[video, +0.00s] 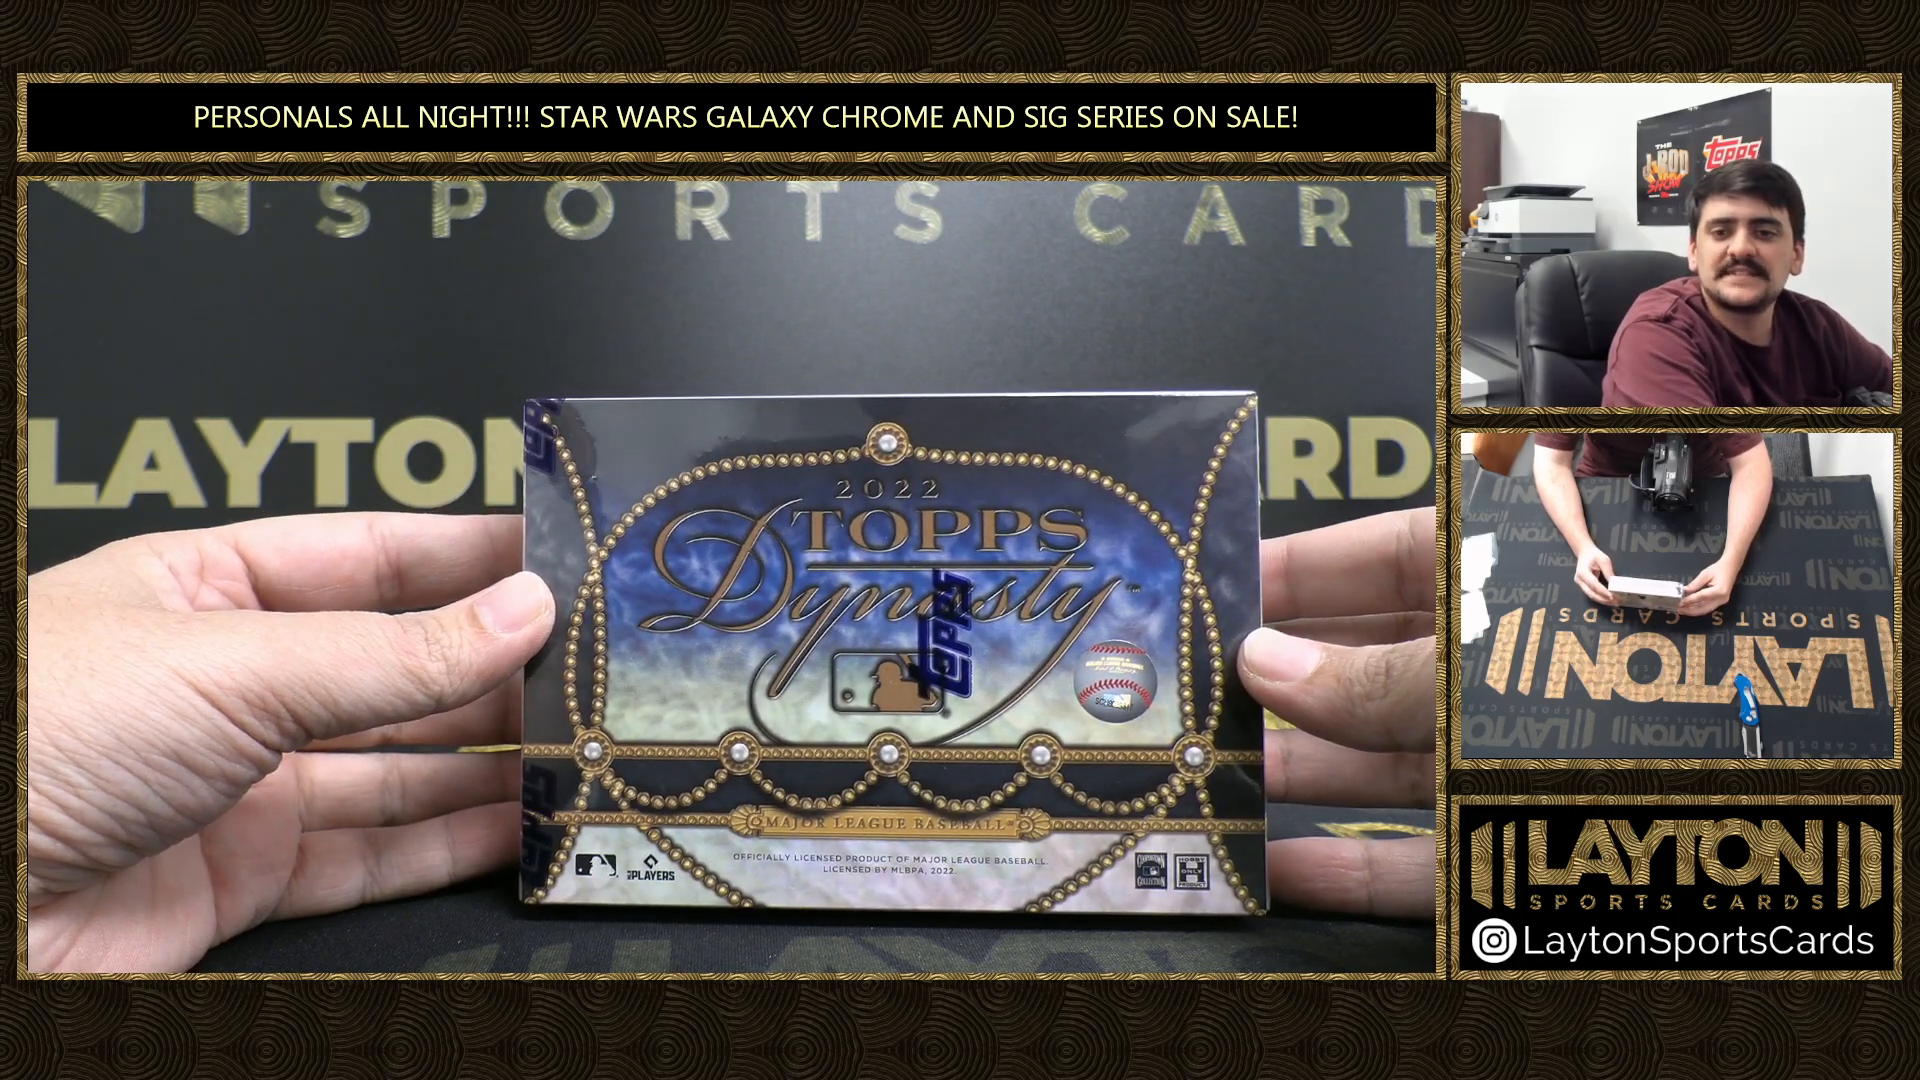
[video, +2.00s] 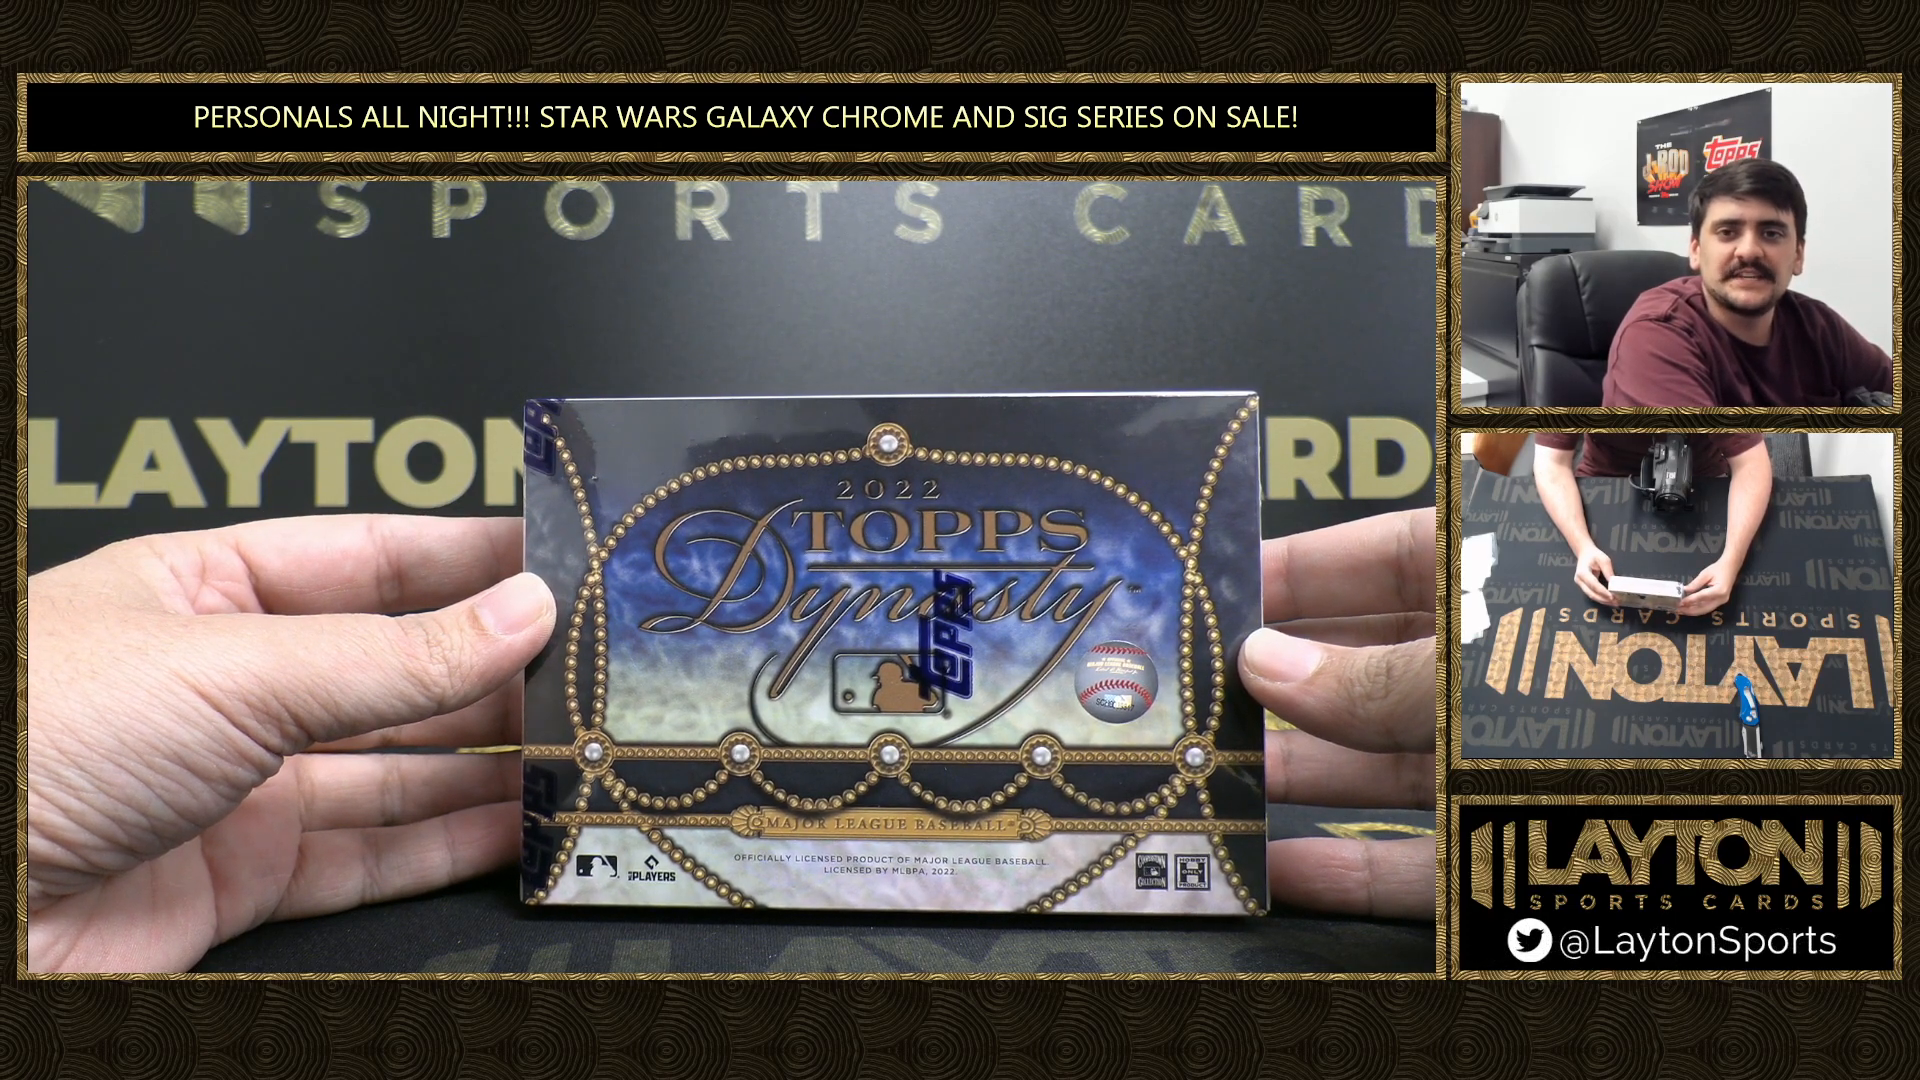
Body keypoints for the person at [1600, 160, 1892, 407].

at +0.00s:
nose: (1741, 248)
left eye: (1764, 233)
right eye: (1721, 231)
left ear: (1796, 255)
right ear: (1693, 252)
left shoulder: (1818, 328)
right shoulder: (1657, 332)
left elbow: (1896, 388)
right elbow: (1747, 462)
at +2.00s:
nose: (1749, 251)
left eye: (1771, 234)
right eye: (1728, 232)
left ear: (1799, 255)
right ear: (1695, 250)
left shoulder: (1818, 329)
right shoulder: (1656, 332)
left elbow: (1896, 388)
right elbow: (1746, 460)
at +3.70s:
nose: (1758, 251)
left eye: (1778, 233)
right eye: (1735, 232)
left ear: (1800, 256)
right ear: (1698, 250)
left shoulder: (1818, 328)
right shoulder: (1658, 332)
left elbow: (1896, 388)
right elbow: (1747, 461)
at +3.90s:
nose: (1773, 252)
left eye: (1791, 234)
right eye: (1749, 233)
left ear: (1807, 249)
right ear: (1704, 248)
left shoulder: (1820, 328)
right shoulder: (1663, 333)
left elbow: (1898, 390)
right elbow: (1749, 461)